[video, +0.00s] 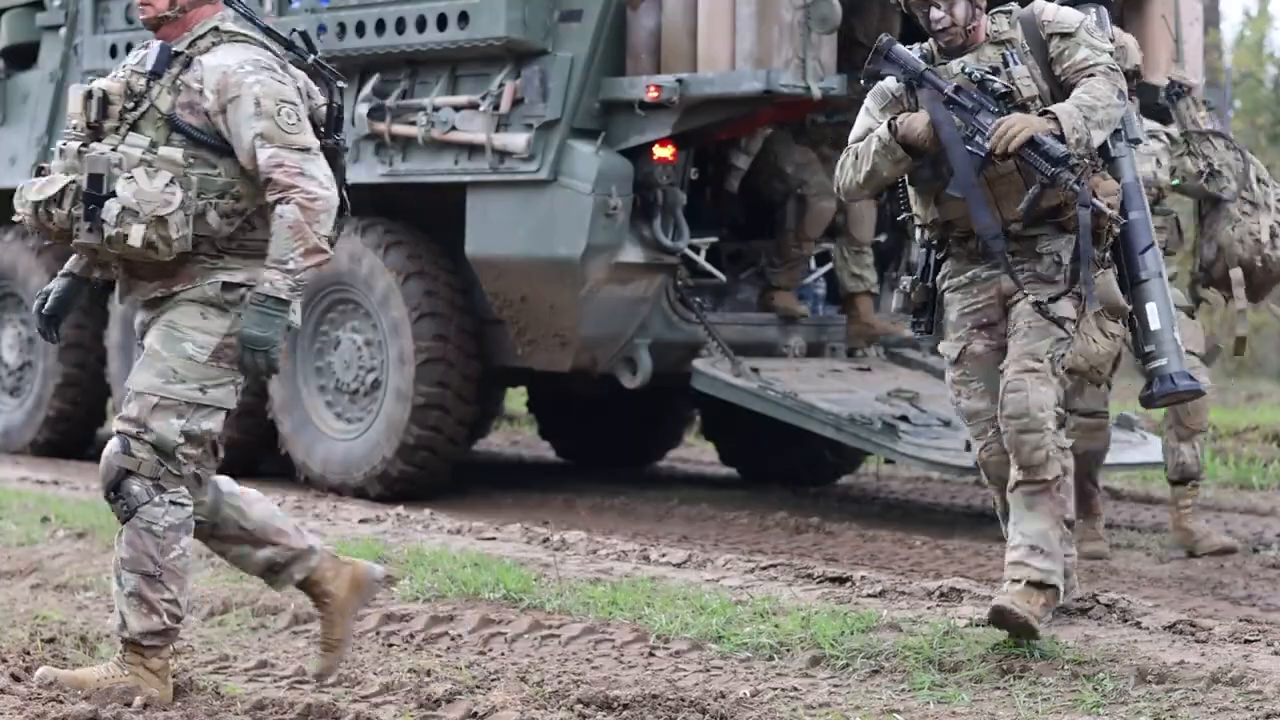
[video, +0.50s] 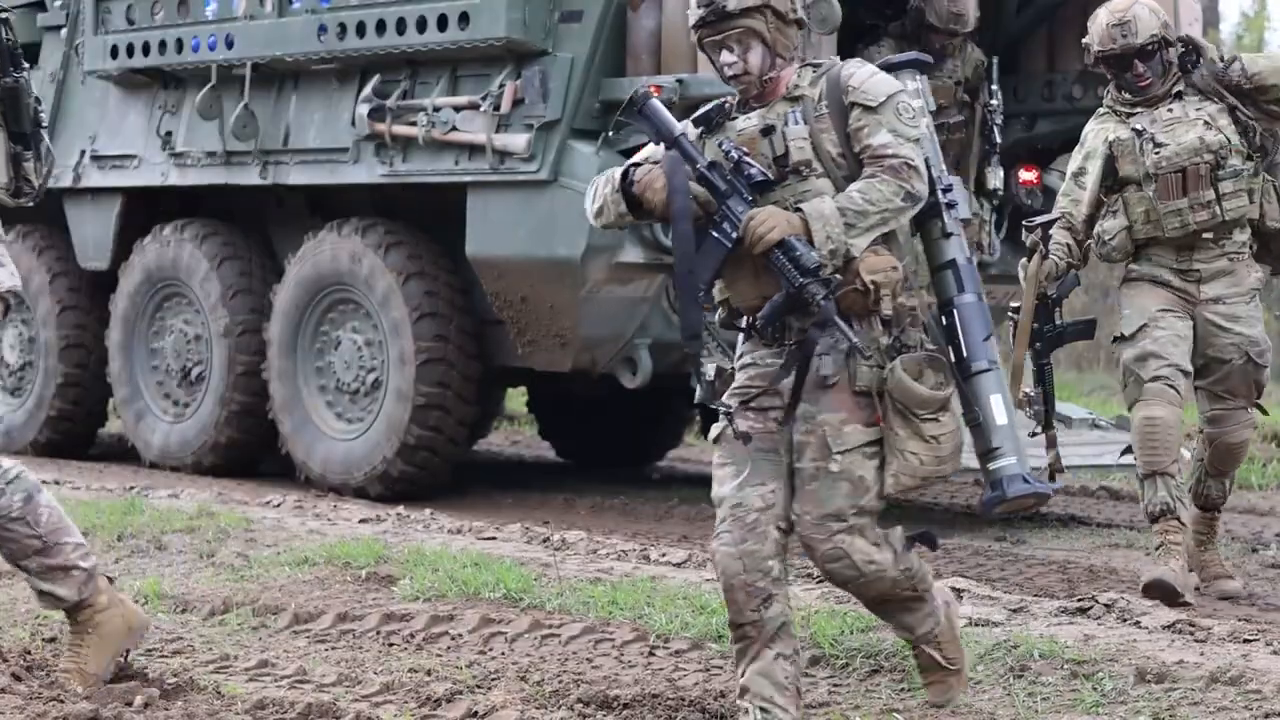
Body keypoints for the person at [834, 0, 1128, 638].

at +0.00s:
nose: (938, 13)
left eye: (946, 1)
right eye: (926, 8)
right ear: (916, 15)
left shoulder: (1038, 25)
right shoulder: (901, 81)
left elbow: (1109, 89)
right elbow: (850, 178)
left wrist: (1050, 121)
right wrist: (901, 136)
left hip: (1051, 253)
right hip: (965, 268)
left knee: (1027, 405)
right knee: (989, 441)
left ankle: (1026, 586)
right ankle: (1045, 569)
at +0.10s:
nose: (913, 22)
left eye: (922, 7)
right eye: (899, 14)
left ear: (952, 2)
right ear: (886, 22)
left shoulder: (1021, 37)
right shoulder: (876, 86)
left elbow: (1084, 102)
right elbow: (810, 180)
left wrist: (1023, 143)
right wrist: (862, 130)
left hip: (1019, 276)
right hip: (932, 285)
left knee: (989, 455)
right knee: (954, 468)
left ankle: (984, 621)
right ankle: (1036, 548)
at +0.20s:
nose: (877, 37)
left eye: (889, 20)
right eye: (865, 27)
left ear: (923, 18)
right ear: (856, 35)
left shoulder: (990, 60)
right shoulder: (846, 104)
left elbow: (1048, 142)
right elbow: (756, 186)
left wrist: (978, 177)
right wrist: (809, 150)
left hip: (989, 310)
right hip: (898, 320)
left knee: (968, 479)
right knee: (884, 473)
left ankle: (979, 642)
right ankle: (978, 540)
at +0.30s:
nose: (837, 48)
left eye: (849, 29)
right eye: (825, 37)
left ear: (884, 25)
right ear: (815, 44)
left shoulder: (960, 73)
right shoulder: (812, 114)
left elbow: (1004, 162)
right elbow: (702, 187)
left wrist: (924, 205)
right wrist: (753, 164)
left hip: (958, 324)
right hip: (864, 325)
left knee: (946, 514)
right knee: (818, 466)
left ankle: (976, 645)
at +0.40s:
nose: (786, 53)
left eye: (798, 34)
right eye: (775, 41)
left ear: (837, 27)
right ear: (767, 48)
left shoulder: (913, 75)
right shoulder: (769, 119)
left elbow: (956, 168)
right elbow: (660, 174)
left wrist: (865, 213)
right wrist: (692, 168)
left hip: (919, 319)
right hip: (823, 328)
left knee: (916, 529)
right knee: (779, 507)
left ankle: (970, 640)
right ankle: (765, 685)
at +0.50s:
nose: (728, 63)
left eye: (738, 46)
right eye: (718, 52)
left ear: (781, 39)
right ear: (715, 60)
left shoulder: (856, 87)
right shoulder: (719, 131)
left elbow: (903, 180)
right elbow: (600, 201)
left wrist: (805, 221)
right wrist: (635, 186)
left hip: (851, 334)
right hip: (760, 342)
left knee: (834, 534)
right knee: (744, 542)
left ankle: (930, 621)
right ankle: (769, 698)